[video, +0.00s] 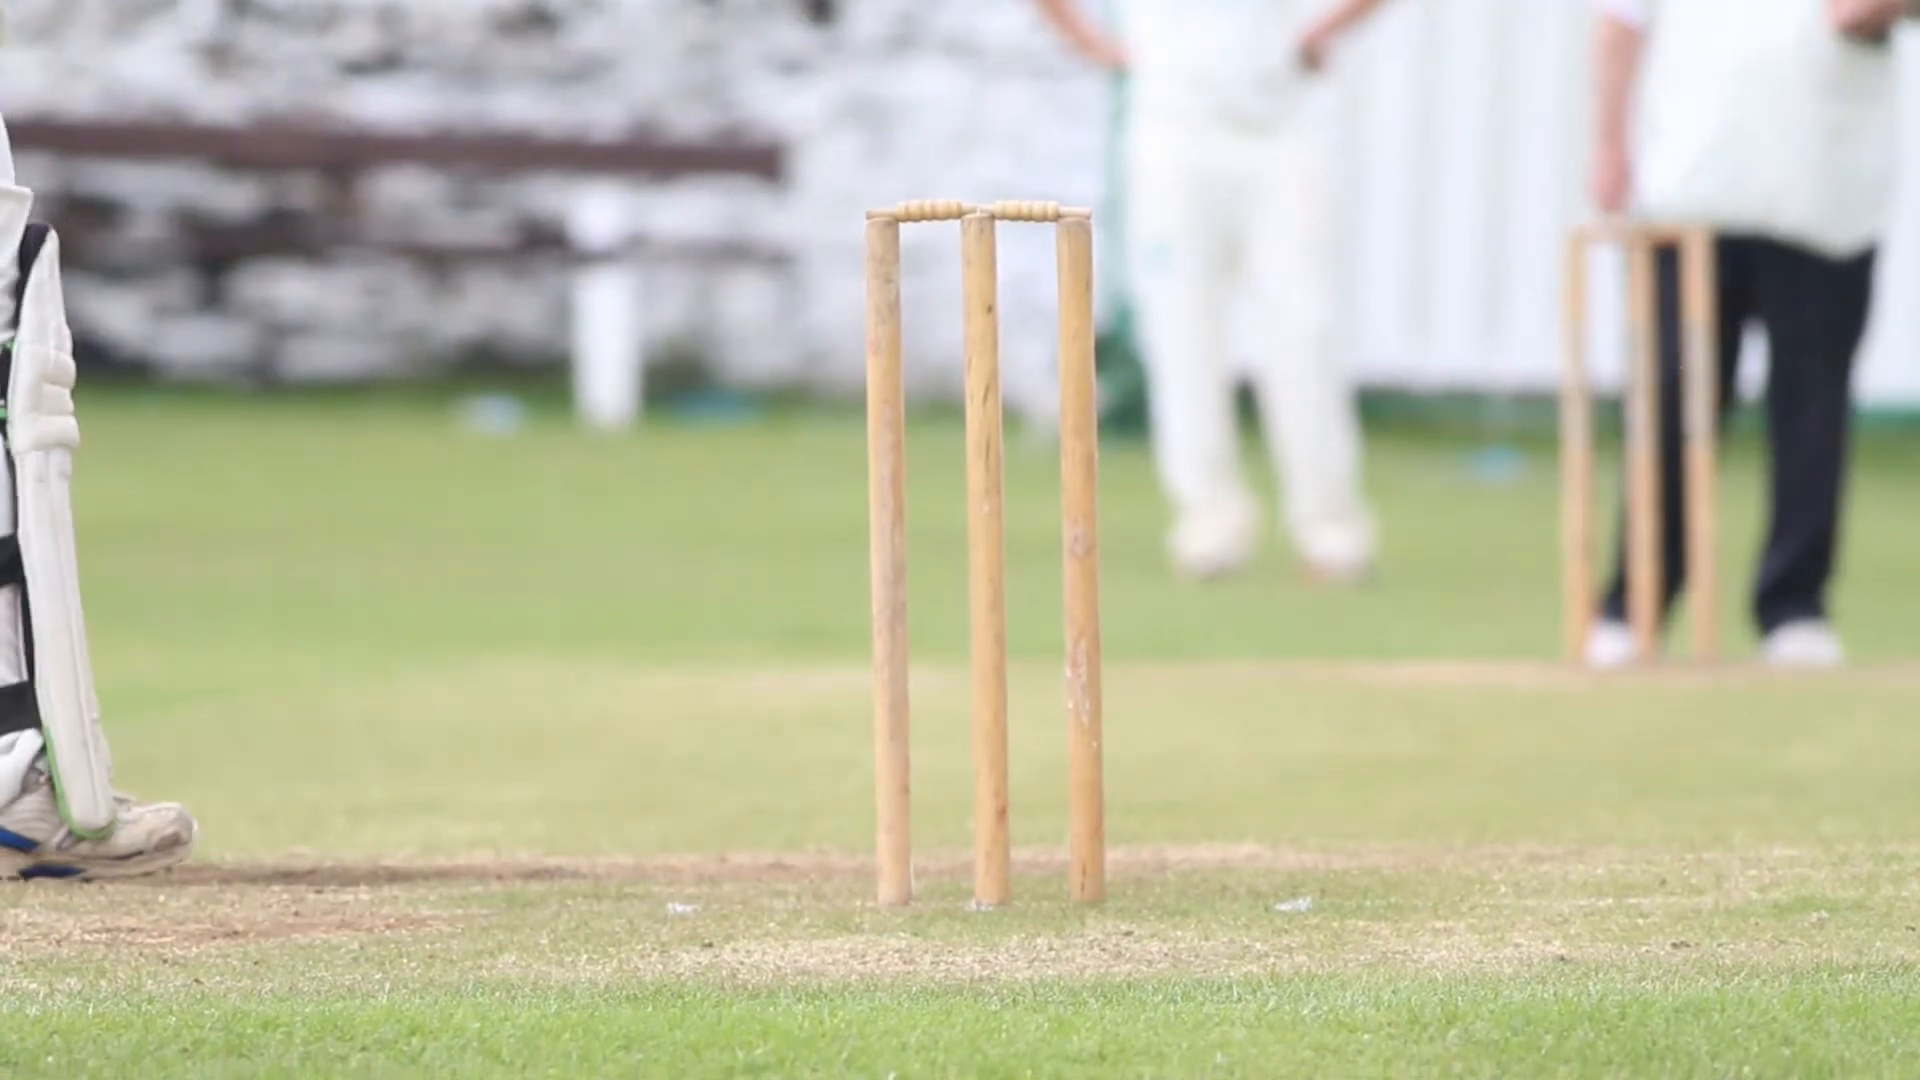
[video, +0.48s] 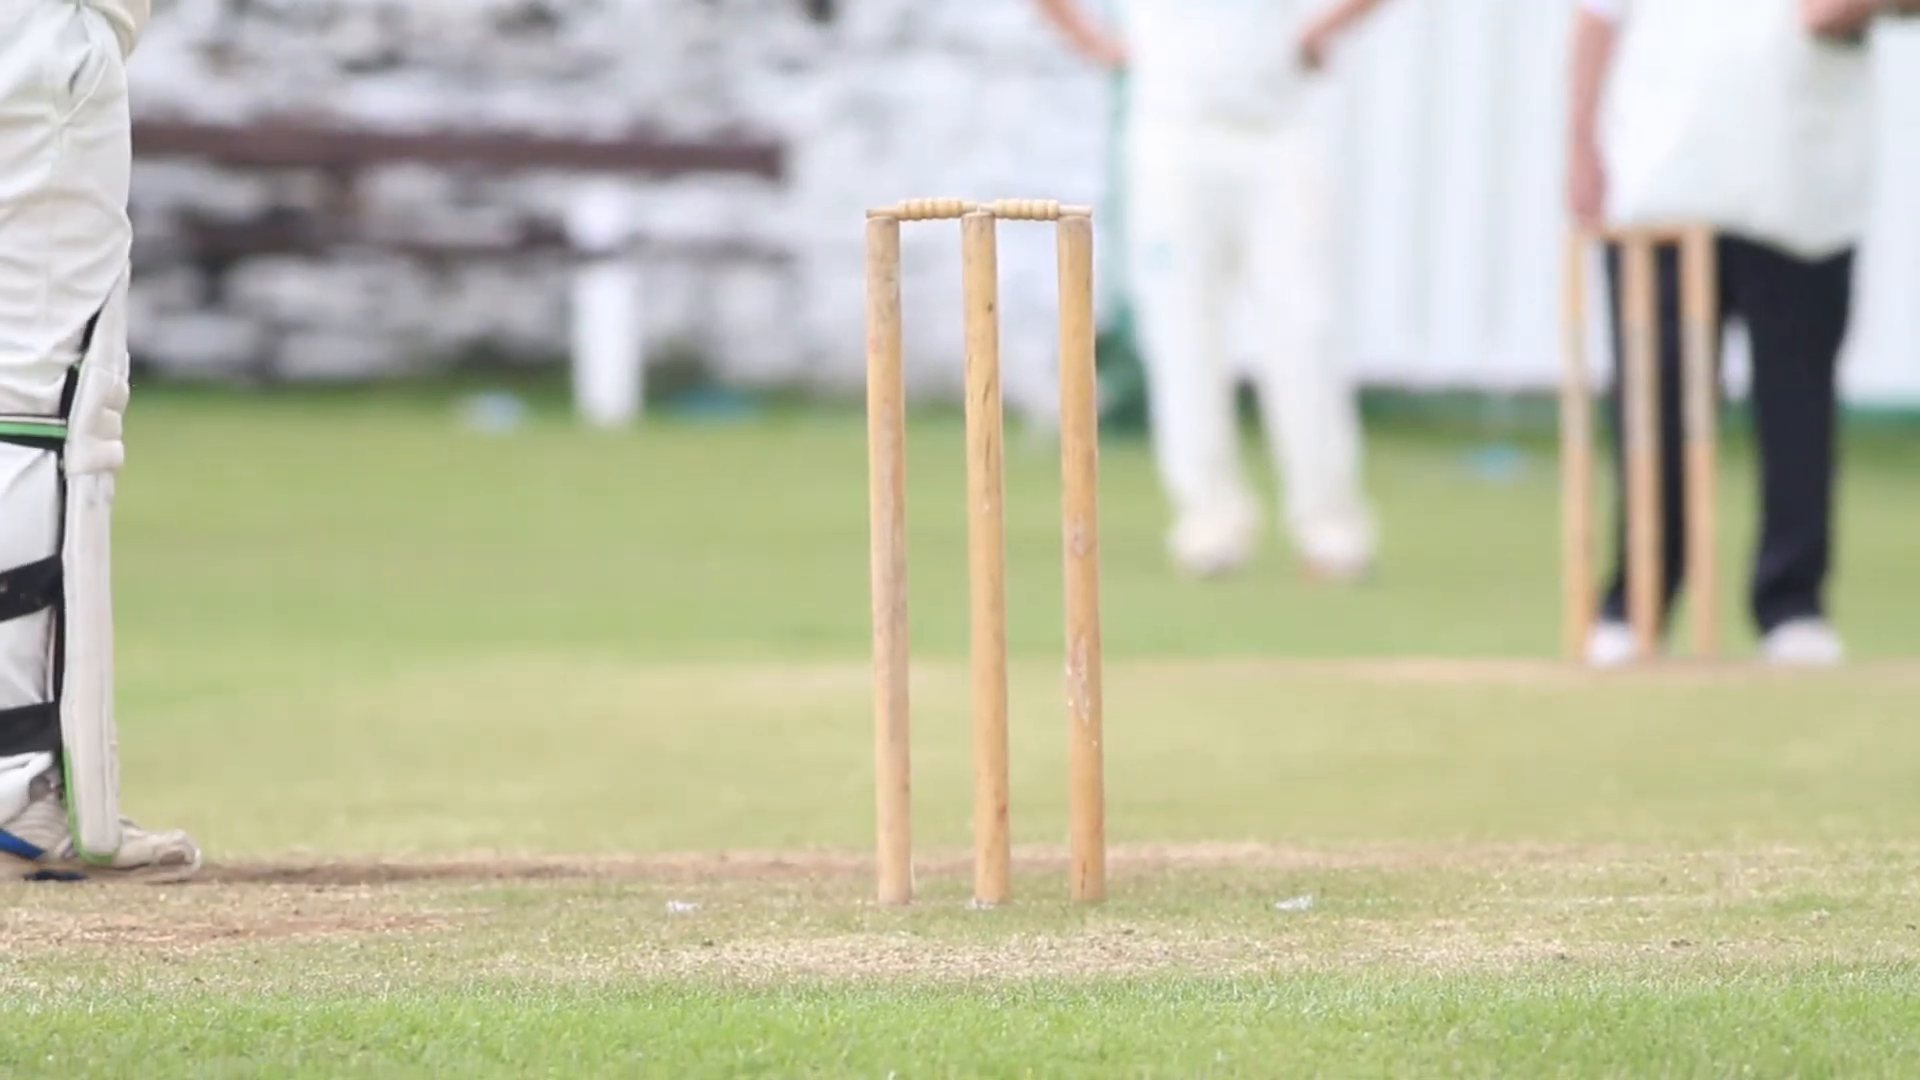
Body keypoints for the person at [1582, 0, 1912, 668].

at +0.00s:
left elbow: (1868, 18)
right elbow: (1622, 18)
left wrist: (1882, 12)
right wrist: (1612, 150)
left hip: (1830, 191)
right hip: (1691, 182)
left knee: (1810, 425)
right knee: (1670, 418)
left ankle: (1795, 613)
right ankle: (1628, 613)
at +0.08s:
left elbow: (1862, 18)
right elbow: (1622, 12)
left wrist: (1882, 11)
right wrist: (1619, 131)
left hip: (1828, 191)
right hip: (1694, 180)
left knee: (1809, 423)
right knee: (1670, 416)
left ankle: (1795, 612)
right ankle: (1629, 612)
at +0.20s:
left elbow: (1862, 19)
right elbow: (1620, 10)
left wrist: (1879, 12)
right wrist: (1624, 120)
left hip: (1825, 189)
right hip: (1690, 178)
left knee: (1807, 422)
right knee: (1668, 415)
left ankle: (1795, 612)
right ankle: (1630, 612)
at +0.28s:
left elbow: (1851, 19)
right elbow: (1616, 9)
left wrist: (1879, 11)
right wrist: (1619, 127)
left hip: (1822, 189)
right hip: (1685, 180)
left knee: (1807, 423)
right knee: (1666, 417)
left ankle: (1795, 611)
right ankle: (1631, 612)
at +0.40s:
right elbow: (1604, 13)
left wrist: (1871, 10)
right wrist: (1600, 144)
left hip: (1815, 186)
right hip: (1672, 178)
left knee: (1802, 419)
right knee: (1657, 415)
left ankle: (1794, 611)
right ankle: (1631, 611)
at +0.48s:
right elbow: (1598, 13)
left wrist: (1865, 9)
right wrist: (1584, 148)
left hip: (1809, 184)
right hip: (1664, 173)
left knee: (1798, 420)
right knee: (1651, 416)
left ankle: (1793, 611)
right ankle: (1630, 613)